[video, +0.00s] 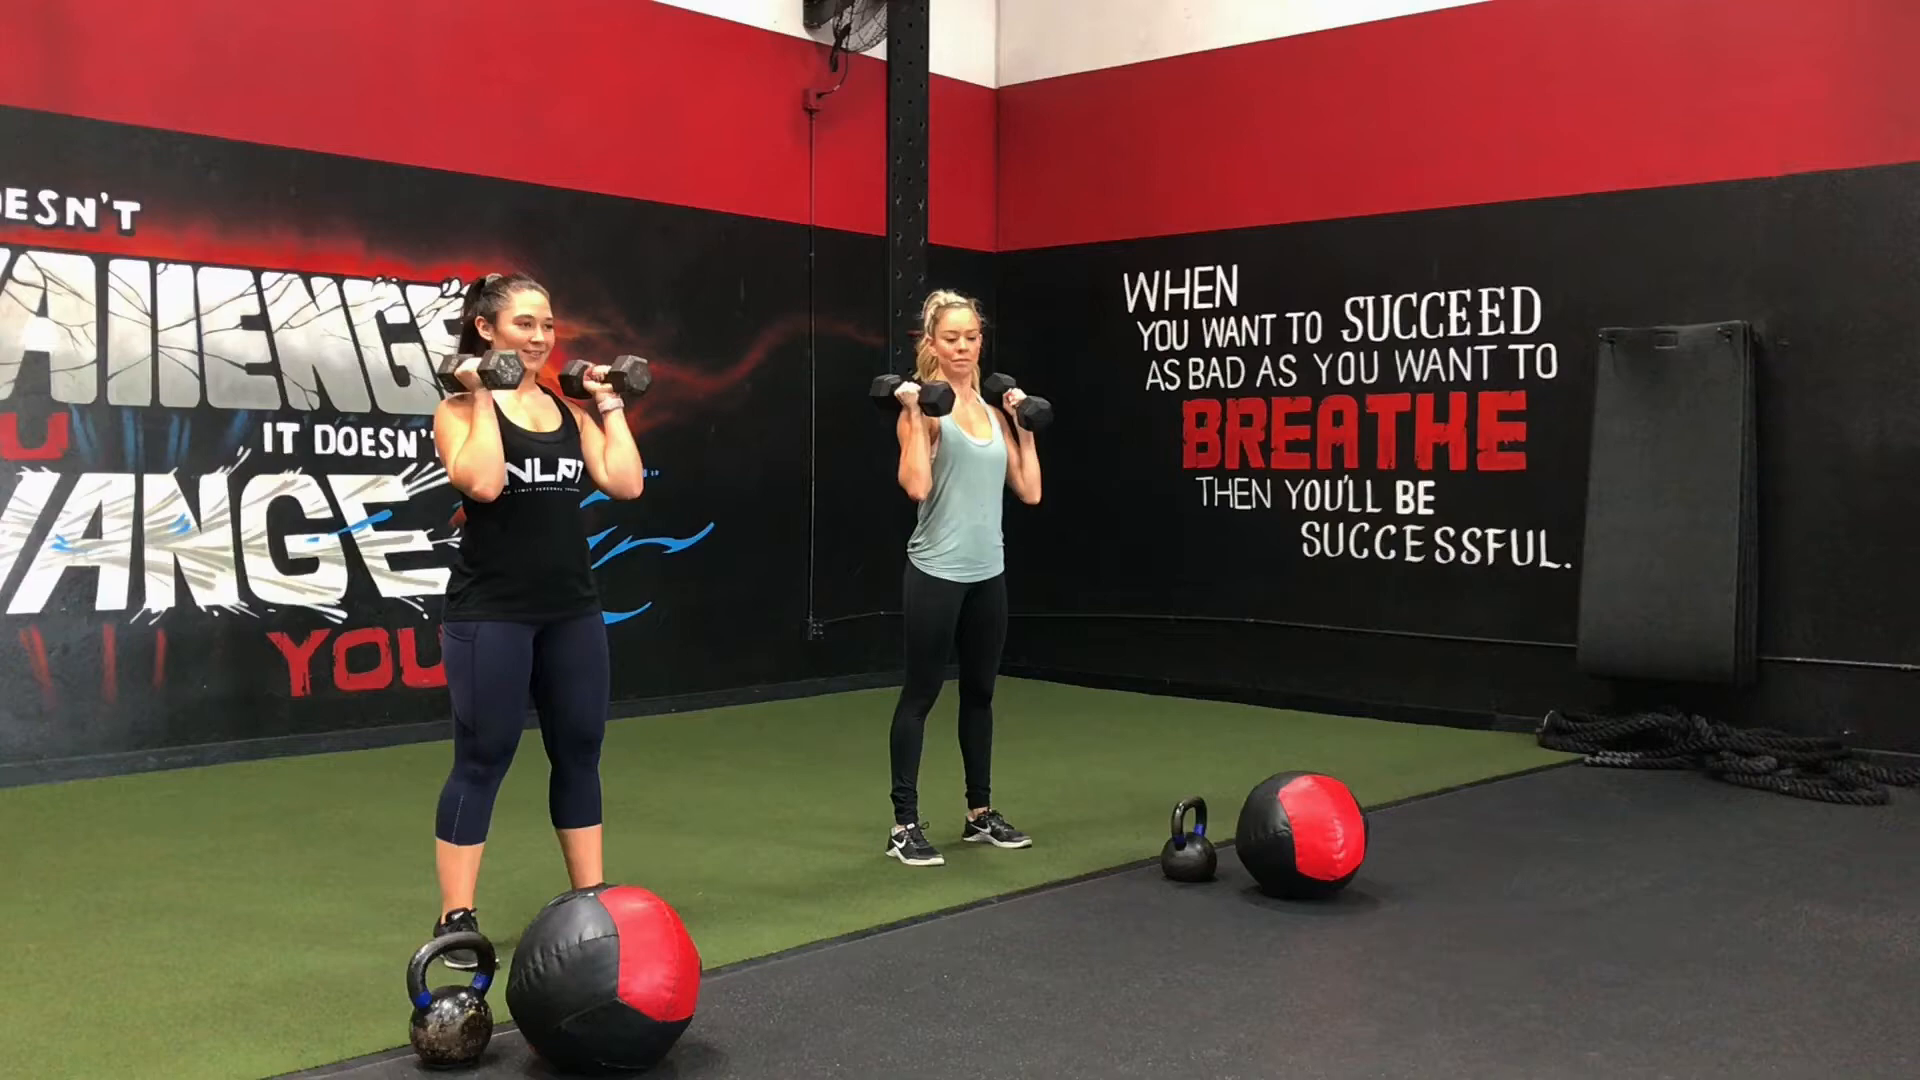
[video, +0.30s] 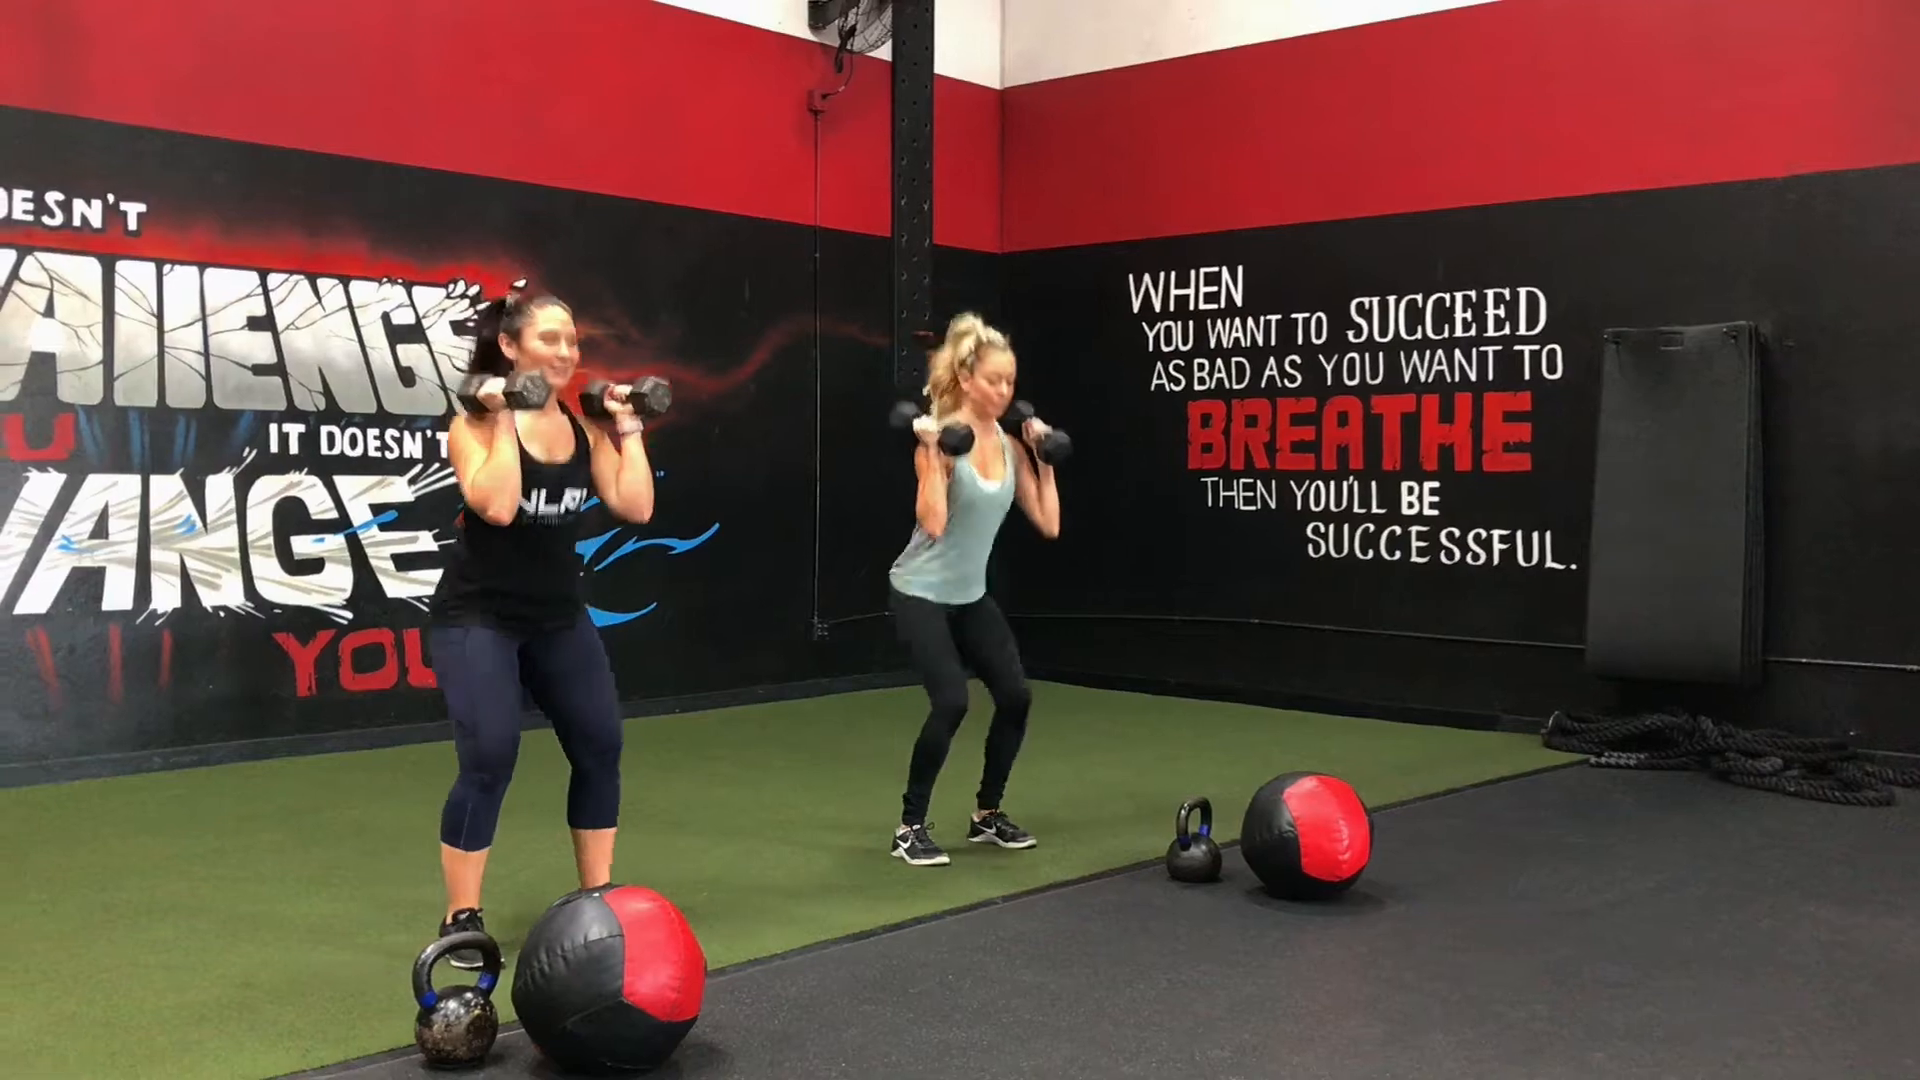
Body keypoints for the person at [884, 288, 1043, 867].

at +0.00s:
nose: (964, 348)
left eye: (972, 338)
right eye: (952, 338)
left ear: (982, 342)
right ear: (930, 343)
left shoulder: (995, 413)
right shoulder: (919, 410)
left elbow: (1030, 493)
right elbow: (916, 486)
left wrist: (1023, 428)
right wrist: (914, 415)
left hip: (987, 572)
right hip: (936, 571)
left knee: (979, 691)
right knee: (920, 692)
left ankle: (979, 815)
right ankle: (906, 824)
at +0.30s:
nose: (1005, 391)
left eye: (1009, 381)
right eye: (994, 380)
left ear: (1013, 383)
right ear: (962, 380)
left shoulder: (1010, 444)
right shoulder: (936, 439)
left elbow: (1049, 523)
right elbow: (933, 523)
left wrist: (1042, 455)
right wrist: (935, 455)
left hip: (972, 596)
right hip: (919, 593)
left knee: (1014, 696)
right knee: (952, 700)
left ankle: (987, 815)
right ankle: (912, 826)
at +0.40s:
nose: (1018, 463)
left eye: (1023, 454)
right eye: (1009, 452)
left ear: (1026, 455)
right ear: (978, 449)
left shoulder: (1013, 508)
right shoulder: (943, 504)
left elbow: (1054, 589)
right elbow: (940, 592)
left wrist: (1052, 520)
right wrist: (946, 517)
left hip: (954, 637)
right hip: (900, 637)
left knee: (1030, 706)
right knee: (956, 714)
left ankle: (989, 816)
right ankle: (913, 829)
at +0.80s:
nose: (1014, 430)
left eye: (1016, 420)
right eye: (1003, 420)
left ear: (1016, 427)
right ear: (970, 427)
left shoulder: (1012, 490)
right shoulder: (944, 484)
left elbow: (1069, 556)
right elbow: (935, 563)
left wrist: (1056, 490)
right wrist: (938, 483)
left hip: (956, 628)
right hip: (902, 627)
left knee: (1031, 706)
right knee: (950, 715)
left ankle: (989, 815)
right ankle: (914, 830)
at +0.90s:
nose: (997, 364)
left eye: (998, 355)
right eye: (988, 355)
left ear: (992, 361)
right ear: (959, 361)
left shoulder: (998, 419)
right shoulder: (931, 414)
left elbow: (1078, 434)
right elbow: (929, 437)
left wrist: (1056, 374)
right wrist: (930, 354)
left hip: (972, 585)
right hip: (920, 584)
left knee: (1009, 693)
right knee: (944, 699)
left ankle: (988, 815)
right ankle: (913, 827)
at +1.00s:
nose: (987, 345)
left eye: (989, 336)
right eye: (977, 335)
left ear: (986, 343)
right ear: (943, 339)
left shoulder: (992, 391)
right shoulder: (925, 392)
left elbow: (1057, 341)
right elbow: (923, 328)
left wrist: (1046, 264)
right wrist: (930, 247)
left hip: (984, 568)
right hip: (930, 568)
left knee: (986, 690)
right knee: (933, 692)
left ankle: (987, 815)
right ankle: (913, 825)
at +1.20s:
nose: (984, 344)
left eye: (987, 336)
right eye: (973, 335)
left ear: (986, 345)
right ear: (943, 341)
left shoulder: (991, 392)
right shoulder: (927, 393)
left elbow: (1060, 351)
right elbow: (926, 341)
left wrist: (1048, 280)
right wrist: (928, 265)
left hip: (982, 569)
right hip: (930, 569)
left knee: (991, 687)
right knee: (941, 687)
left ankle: (986, 813)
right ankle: (910, 823)